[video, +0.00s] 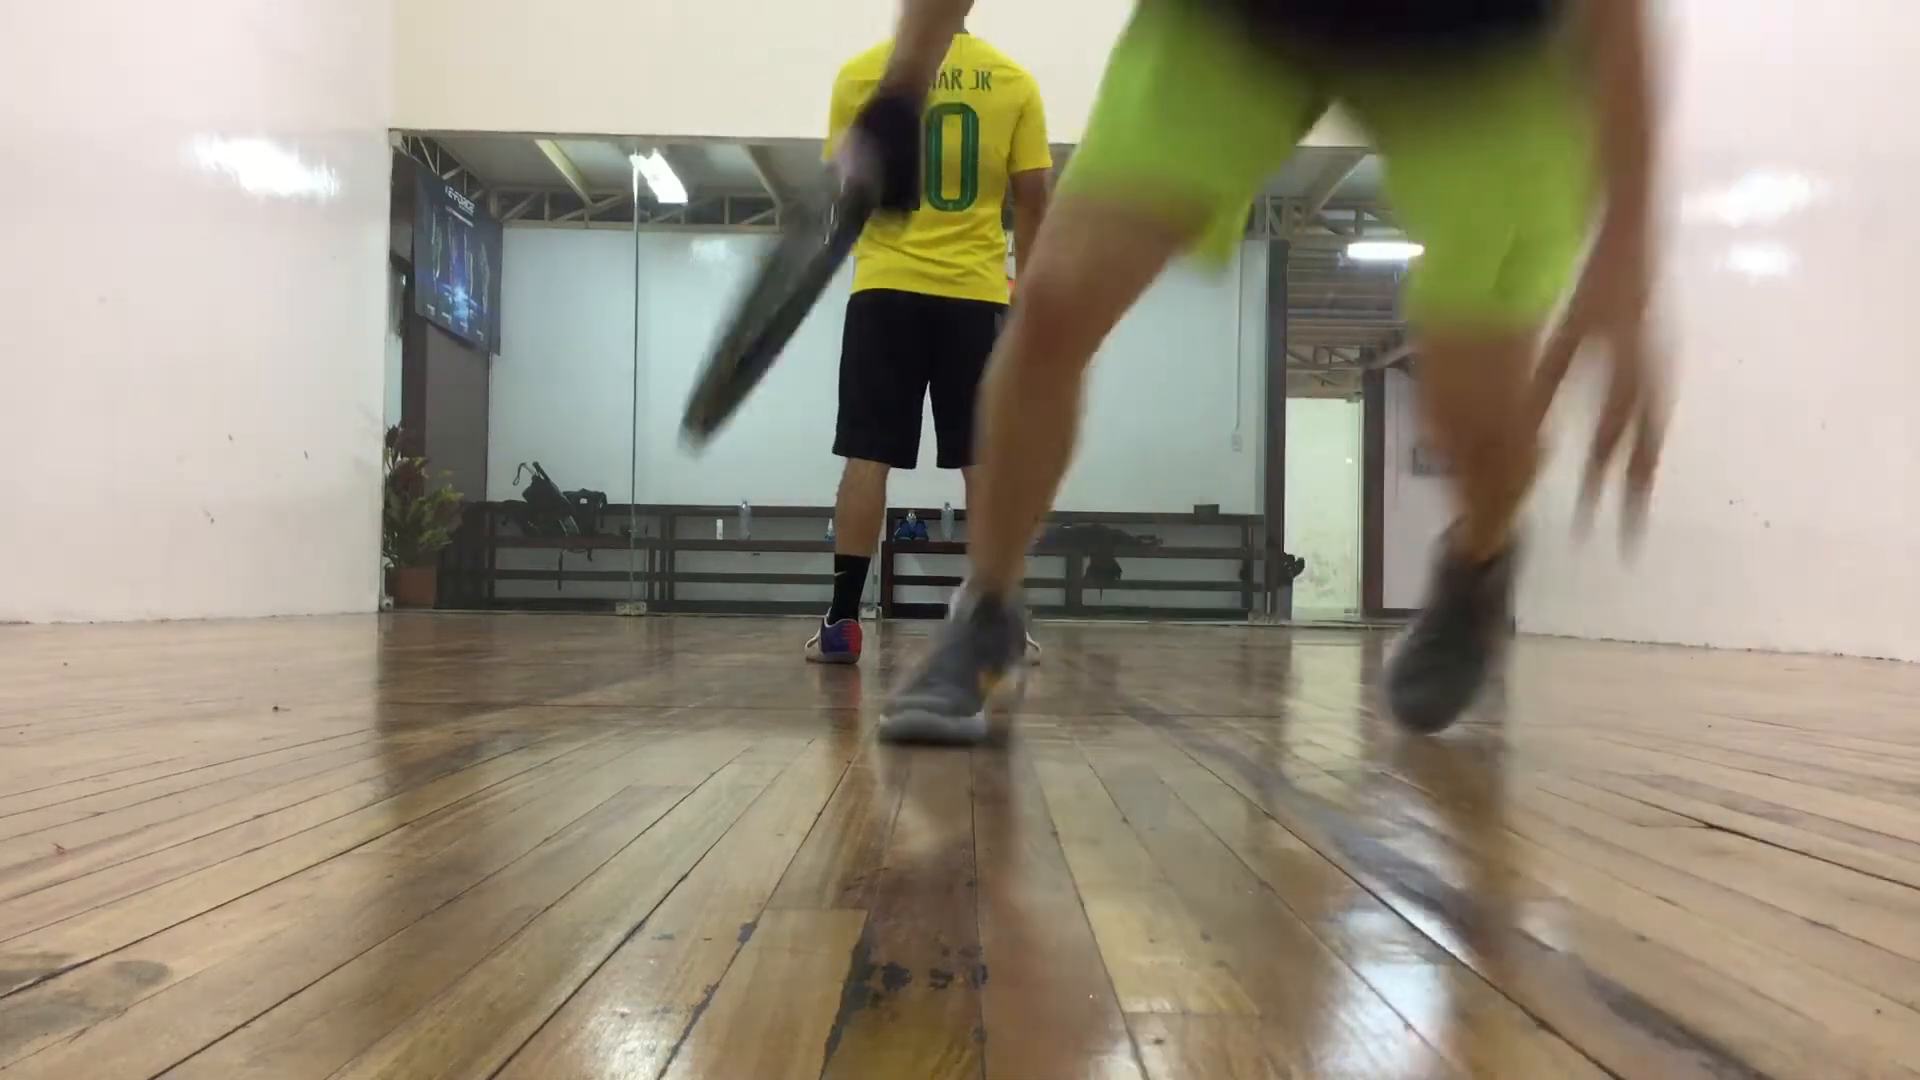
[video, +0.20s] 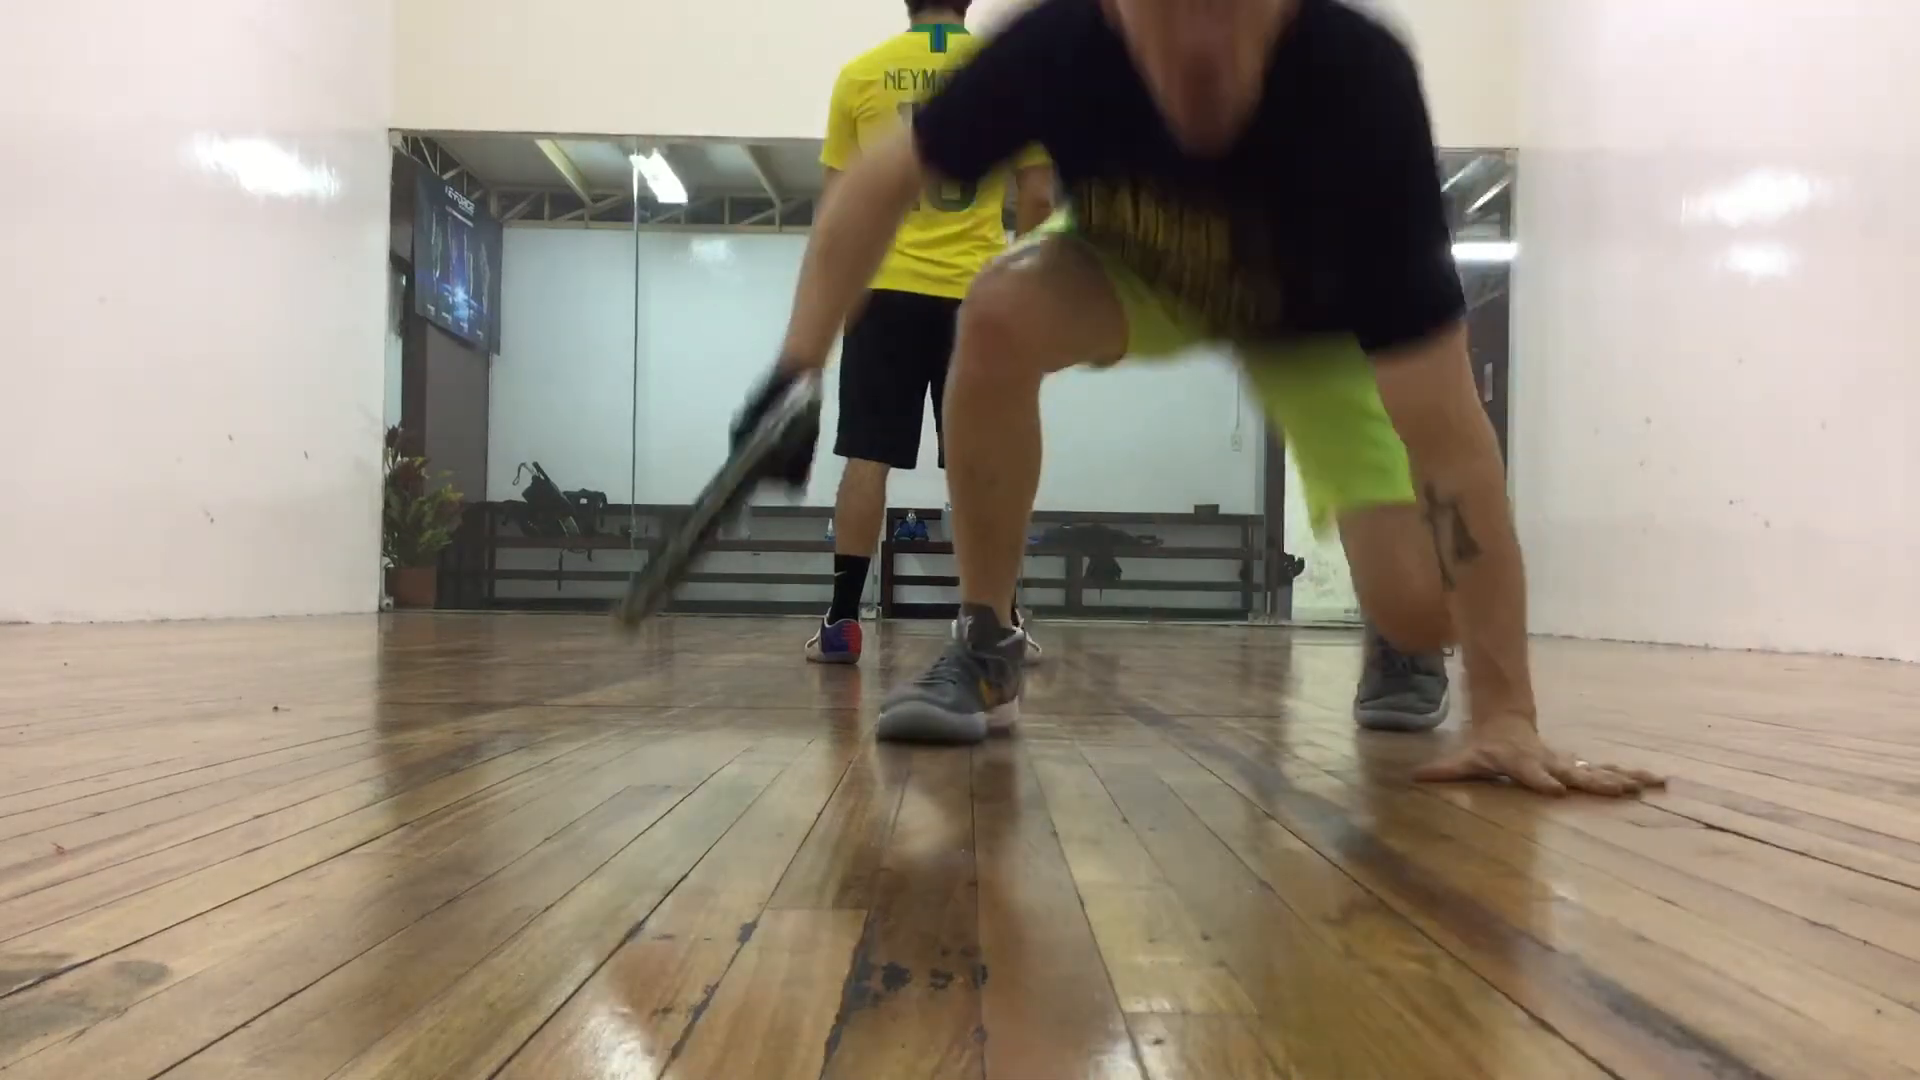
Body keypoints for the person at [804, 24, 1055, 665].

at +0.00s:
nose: (939, 10)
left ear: (906, 9)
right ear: (968, 9)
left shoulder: (861, 74)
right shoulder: (1011, 81)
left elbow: (845, 185)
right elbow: (1033, 202)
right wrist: (1029, 296)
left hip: (883, 300)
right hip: (976, 305)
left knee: (866, 460)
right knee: (986, 465)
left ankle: (842, 621)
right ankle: (998, 629)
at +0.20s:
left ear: (906, 3)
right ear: (968, 3)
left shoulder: (861, 74)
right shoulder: (1010, 65)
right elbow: (1037, 196)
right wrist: (1012, 254)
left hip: (884, 296)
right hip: (978, 300)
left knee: (866, 458)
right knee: (985, 459)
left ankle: (843, 620)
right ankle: (1000, 621)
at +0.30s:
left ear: (906, 6)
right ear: (969, 6)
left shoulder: (860, 75)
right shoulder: (1013, 75)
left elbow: (836, 197)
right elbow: (1043, 178)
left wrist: (875, 237)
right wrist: (1002, 242)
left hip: (895, 304)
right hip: (987, 306)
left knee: (867, 457)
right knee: (998, 456)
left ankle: (842, 622)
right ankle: (1000, 622)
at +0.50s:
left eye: (902, 13)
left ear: (903, 8)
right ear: (969, 8)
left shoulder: (861, 74)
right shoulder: (1015, 77)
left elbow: (835, 196)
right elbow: (1041, 182)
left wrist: (868, 245)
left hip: (887, 293)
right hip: (983, 293)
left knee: (854, 447)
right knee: (987, 445)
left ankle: (839, 619)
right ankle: (1000, 619)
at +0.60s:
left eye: (899, 10)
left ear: (904, 7)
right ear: (969, 8)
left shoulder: (862, 74)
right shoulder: (1015, 77)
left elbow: (837, 198)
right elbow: (1038, 182)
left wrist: (876, 233)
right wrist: (1004, 237)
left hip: (882, 286)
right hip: (982, 289)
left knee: (857, 443)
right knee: (985, 443)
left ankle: (836, 621)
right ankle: (1000, 620)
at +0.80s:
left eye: (900, 10)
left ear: (904, 8)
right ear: (971, 10)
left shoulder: (863, 73)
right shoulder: (1008, 70)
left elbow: (837, 195)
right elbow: (1034, 175)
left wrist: (873, 232)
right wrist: (1008, 234)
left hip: (889, 281)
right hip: (988, 282)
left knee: (873, 424)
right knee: (990, 435)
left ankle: (847, 613)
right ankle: (999, 619)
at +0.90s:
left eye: (899, 11)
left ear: (904, 8)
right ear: (971, 9)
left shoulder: (863, 73)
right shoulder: (1010, 61)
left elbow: (839, 197)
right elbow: (1034, 171)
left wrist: (878, 225)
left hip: (889, 281)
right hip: (990, 282)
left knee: (865, 433)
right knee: (991, 439)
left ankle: (844, 616)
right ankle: (1001, 622)